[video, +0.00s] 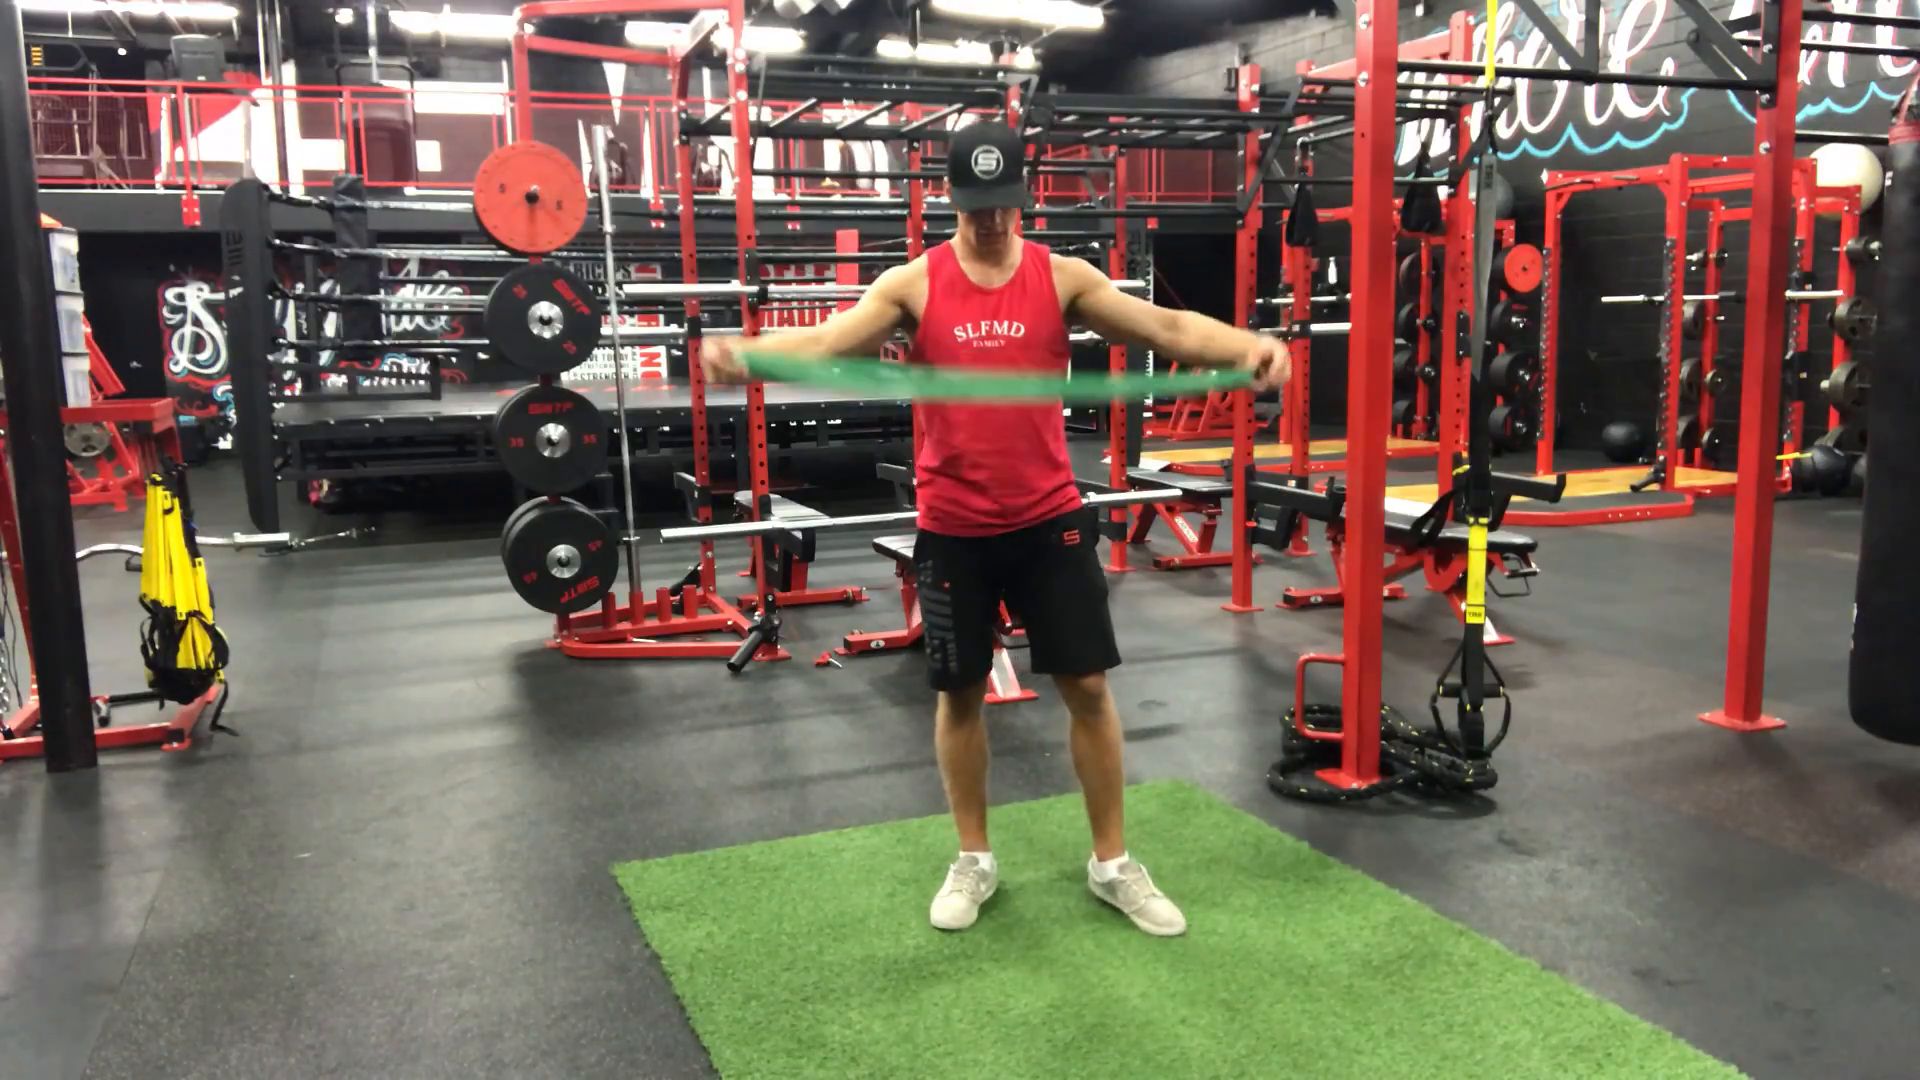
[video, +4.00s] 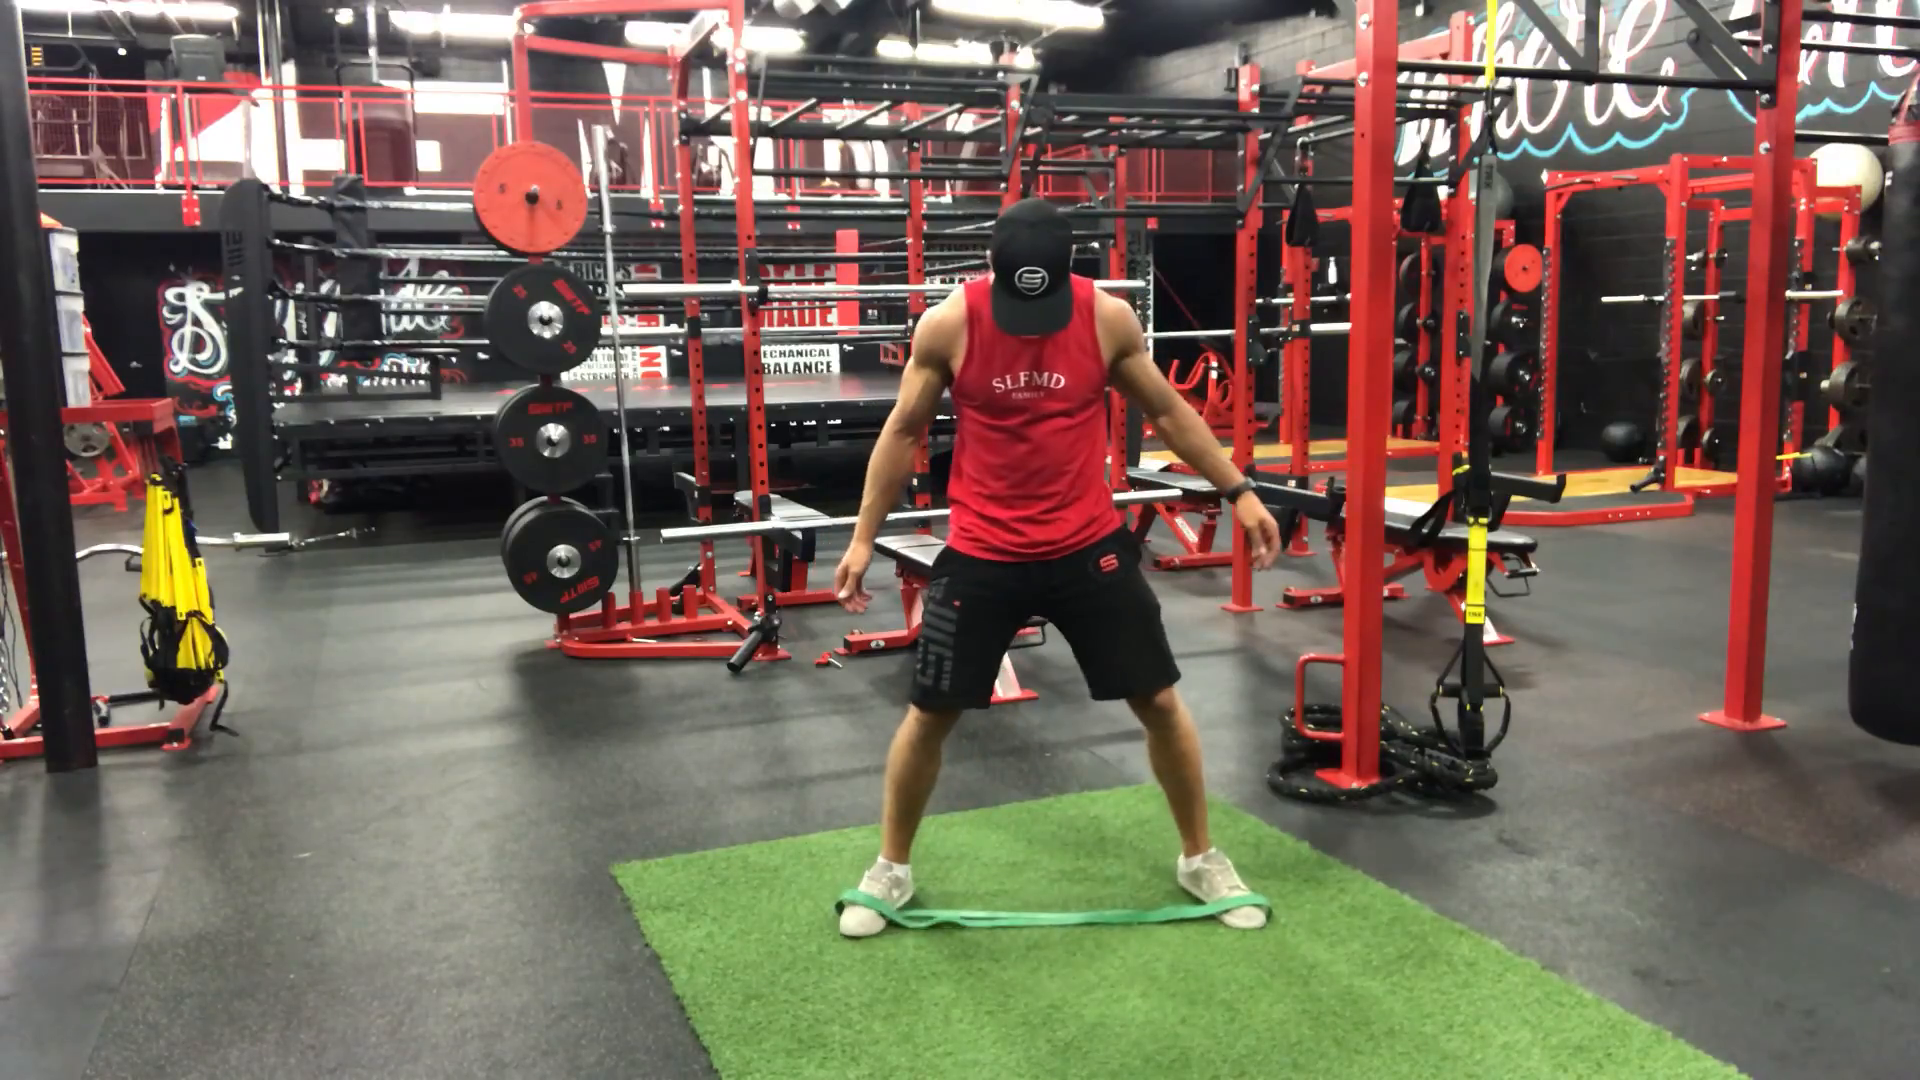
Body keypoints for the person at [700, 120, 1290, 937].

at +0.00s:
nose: (990, 219)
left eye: (1002, 204)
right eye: (975, 205)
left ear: (1023, 195)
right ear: (950, 199)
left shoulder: (1063, 278)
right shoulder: (913, 283)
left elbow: (1167, 327)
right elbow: (825, 342)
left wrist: (1250, 344)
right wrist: (746, 353)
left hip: (1051, 514)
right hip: (955, 524)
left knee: (1088, 687)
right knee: (960, 696)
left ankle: (1111, 860)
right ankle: (973, 858)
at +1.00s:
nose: (1061, 706)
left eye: (1072, 695)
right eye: (1052, 694)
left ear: (1104, 654)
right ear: (1027, 650)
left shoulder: (1147, 638)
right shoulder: (977, 640)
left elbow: (1219, 725)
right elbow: (903, 719)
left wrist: (1286, 825)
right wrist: (838, 818)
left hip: (1097, 540)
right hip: (1001, 544)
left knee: (1165, 687)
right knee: (962, 696)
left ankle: (1131, 823)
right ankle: (992, 831)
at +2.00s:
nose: (1013, 358)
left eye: (1023, 341)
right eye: (997, 347)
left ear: (1039, 314)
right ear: (968, 324)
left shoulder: (1085, 344)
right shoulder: (929, 377)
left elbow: (1121, 410)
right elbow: (901, 477)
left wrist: (1144, 490)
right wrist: (883, 579)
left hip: (1088, 513)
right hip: (994, 531)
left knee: (1153, 641)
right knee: (983, 683)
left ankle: (1192, 827)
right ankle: (995, 829)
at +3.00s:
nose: (1137, 284)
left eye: (1153, 271)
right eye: (1127, 268)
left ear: (1184, 254)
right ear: (1111, 242)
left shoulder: (1216, 313)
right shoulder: (1061, 290)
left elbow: (1253, 412)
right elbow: (998, 383)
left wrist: (1298, 509)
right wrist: (949, 486)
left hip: (1145, 531)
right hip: (1044, 524)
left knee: (1179, 690)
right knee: (979, 674)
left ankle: (1189, 854)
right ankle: (912, 832)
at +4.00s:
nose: (1031, 317)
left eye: (1045, 301)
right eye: (1017, 302)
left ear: (1068, 273)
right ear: (992, 272)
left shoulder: (1109, 319)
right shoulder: (948, 326)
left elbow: (1169, 410)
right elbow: (901, 431)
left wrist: (1241, 492)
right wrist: (862, 537)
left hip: (1090, 547)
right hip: (980, 553)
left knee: (1159, 702)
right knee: (929, 711)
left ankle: (1201, 858)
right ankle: (890, 867)